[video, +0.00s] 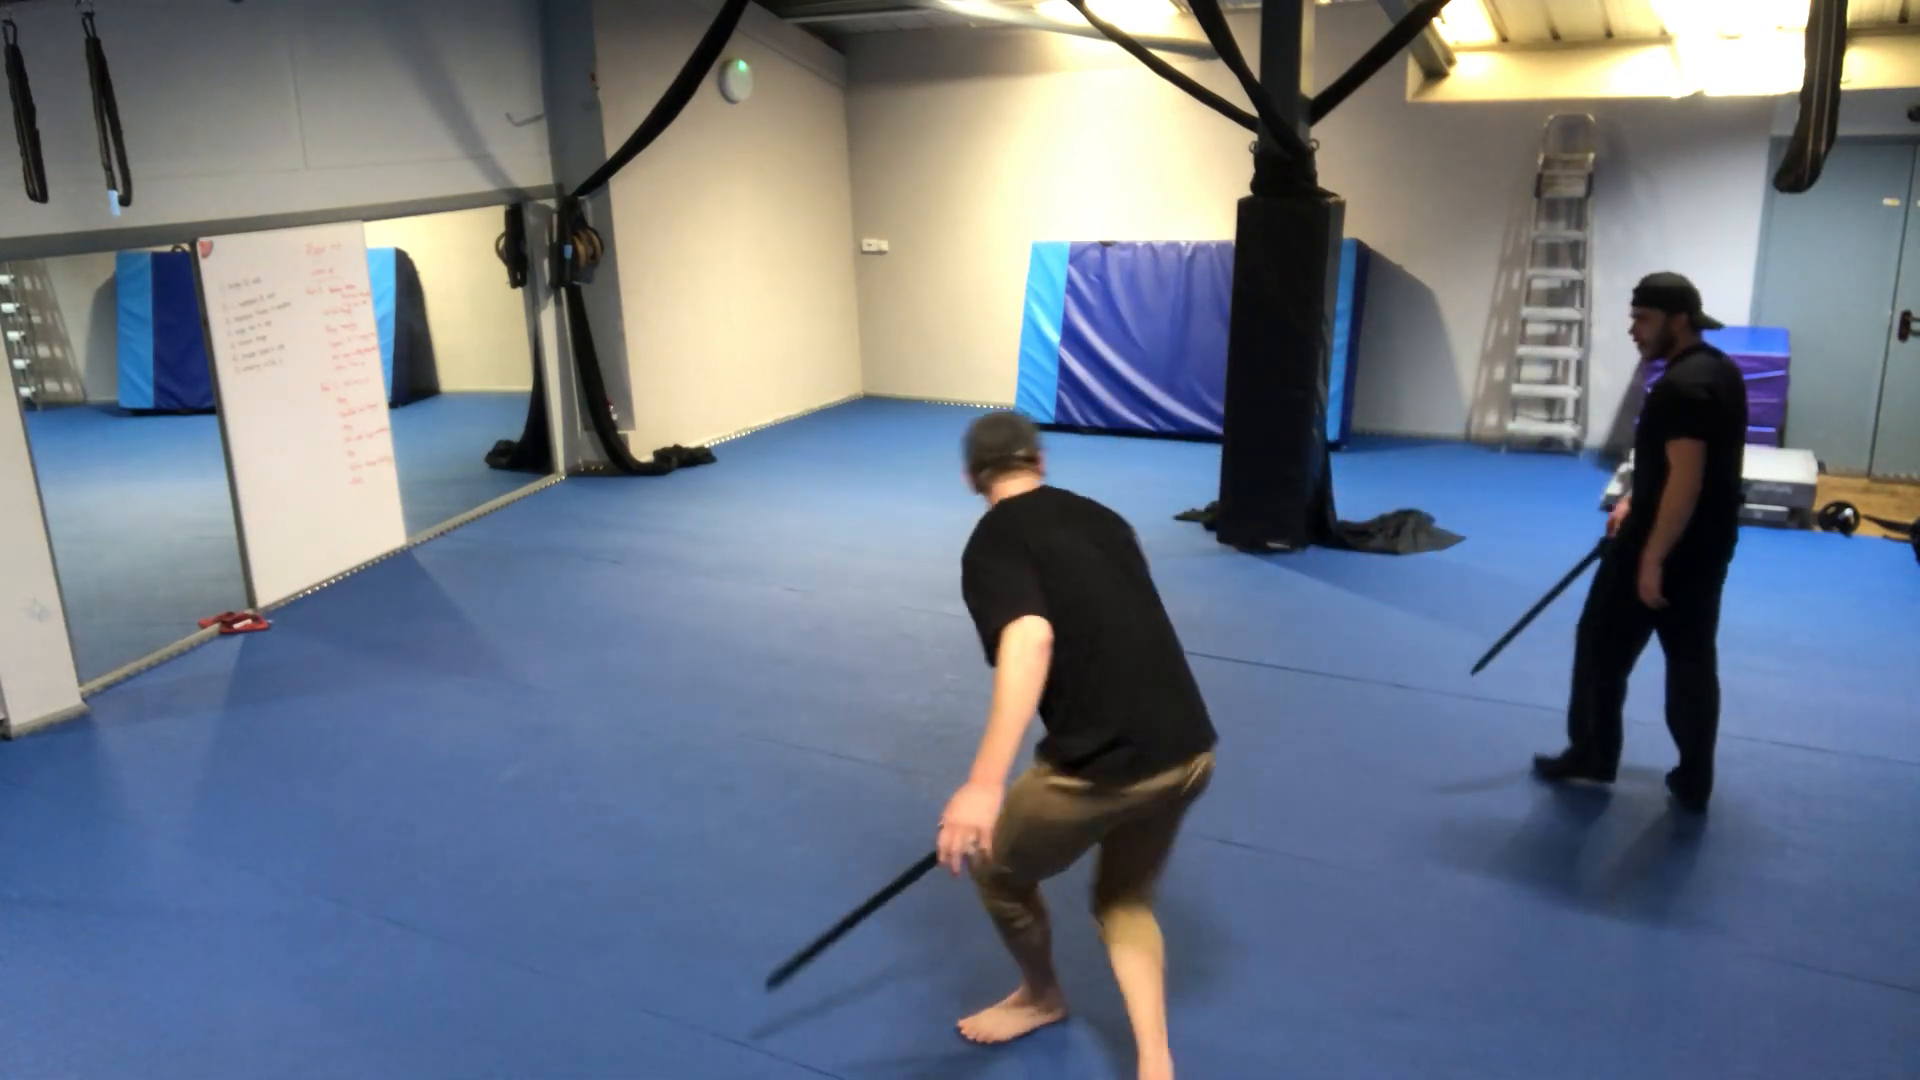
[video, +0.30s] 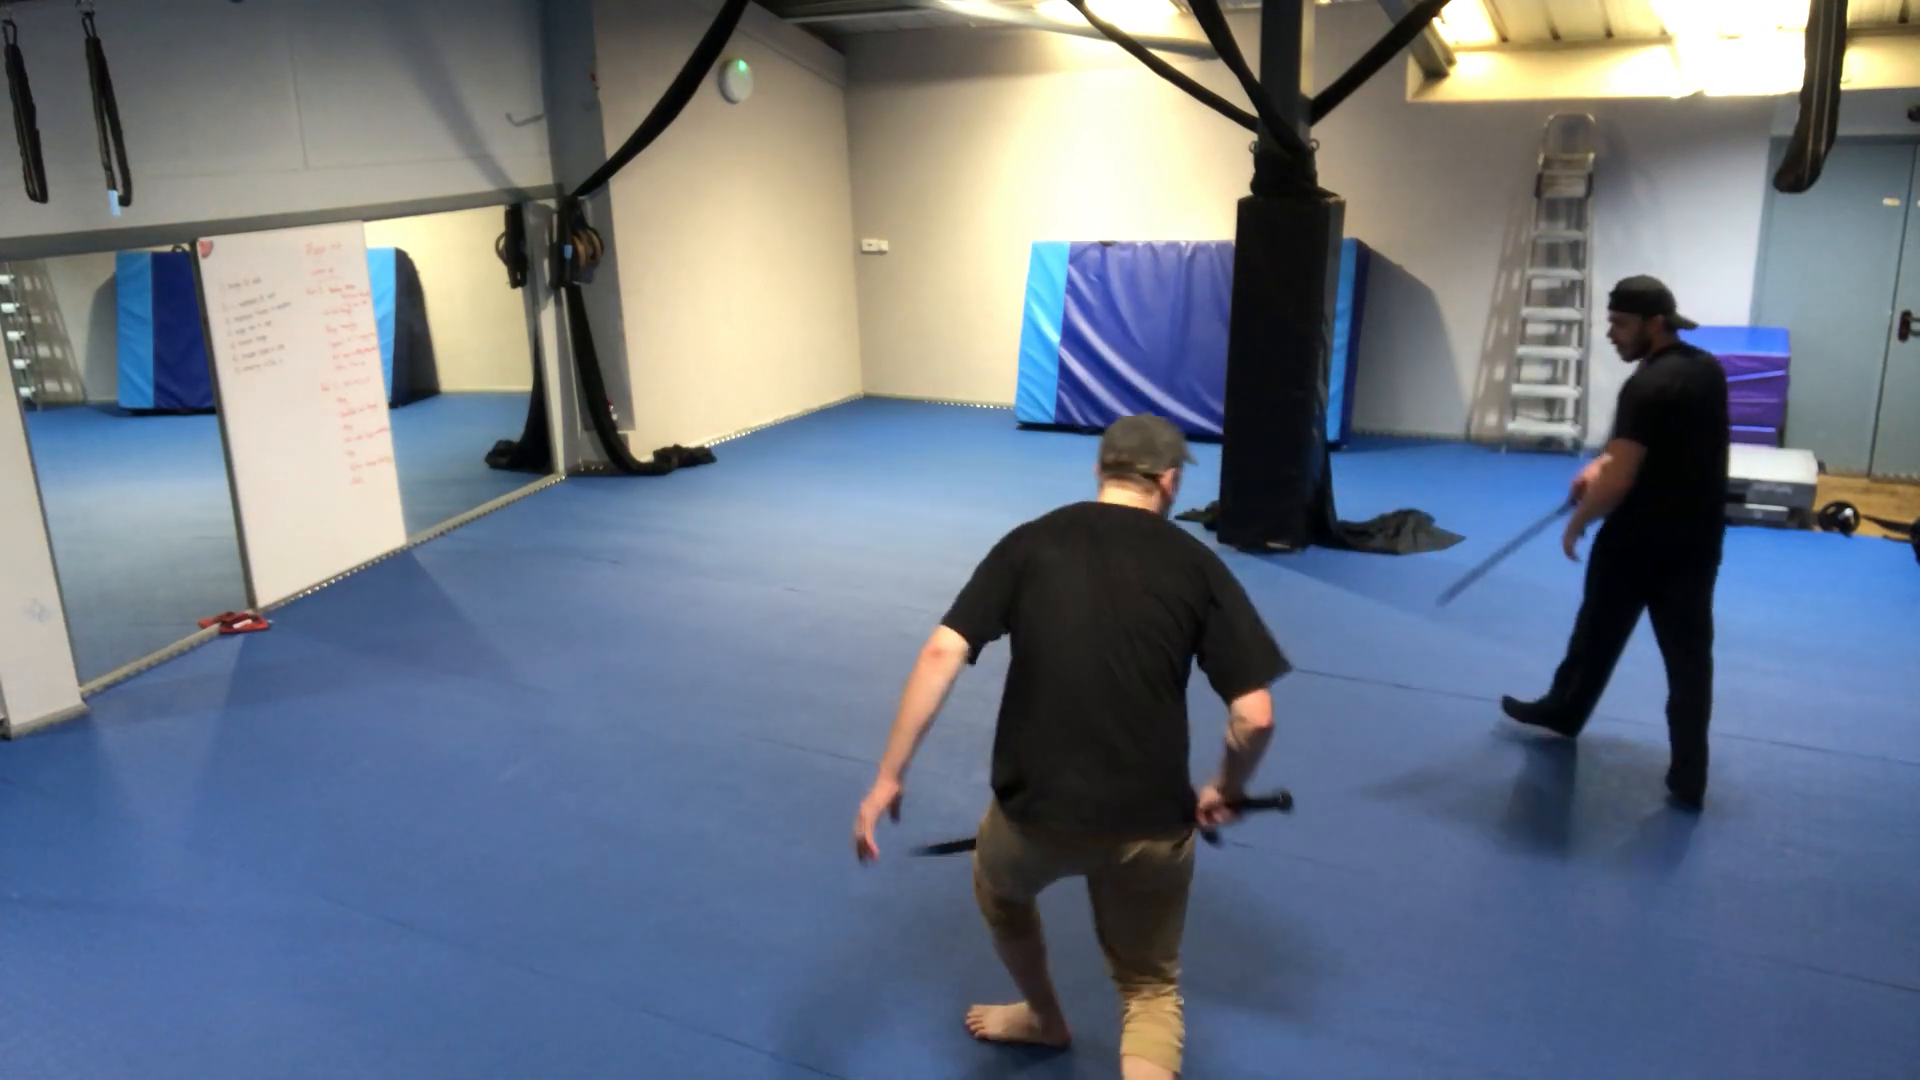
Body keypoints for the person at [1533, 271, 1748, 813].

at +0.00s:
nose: (1632, 329)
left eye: (1641, 319)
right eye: (1633, 318)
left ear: (1679, 320)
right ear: (1681, 322)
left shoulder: (1681, 385)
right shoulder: (1720, 372)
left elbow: (1684, 483)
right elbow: (1682, 461)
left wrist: (1652, 556)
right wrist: (1636, 499)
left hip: (1655, 540)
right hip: (1703, 542)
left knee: (1600, 643)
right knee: (1692, 665)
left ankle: (1592, 757)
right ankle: (1694, 781)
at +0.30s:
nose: (1611, 334)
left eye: (1618, 324)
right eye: (1611, 324)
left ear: (1654, 323)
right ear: (1661, 324)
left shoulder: (1647, 386)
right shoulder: (1706, 370)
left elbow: (1618, 481)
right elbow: (1668, 442)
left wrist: (1579, 521)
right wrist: (1603, 467)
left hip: (1636, 539)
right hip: (1693, 541)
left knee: (1598, 630)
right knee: (1690, 663)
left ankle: (1562, 712)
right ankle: (1688, 782)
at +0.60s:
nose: (1563, 329)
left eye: (1568, 319)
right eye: (1562, 319)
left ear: (1599, 317)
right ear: (1613, 316)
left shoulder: (1587, 378)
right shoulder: (1656, 353)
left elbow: (1535, 454)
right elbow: (1609, 389)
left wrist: (1535, 415)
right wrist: (1553, 384)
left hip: (1578, 513)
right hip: (1633, 511)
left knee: (1558, 613)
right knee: (1638, 613)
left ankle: (1555, 710)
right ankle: (1672, 730)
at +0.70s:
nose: (1547, 323)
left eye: (1552, 314)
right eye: (1546, 314)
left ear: (1585, 313)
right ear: (1596, 313)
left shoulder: (1569, 374)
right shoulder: (1640, 345)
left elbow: (1515, 438)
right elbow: (1591, 358)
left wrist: (1524, 394)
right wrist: (1539, 362)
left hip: (1567, 499)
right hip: (1622, 495)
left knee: (1550, 606)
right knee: (1610, 590)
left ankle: (1553, 711)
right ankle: (1643, 703)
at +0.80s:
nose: (1534, 322)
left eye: (1540, 313)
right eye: (1533, 312)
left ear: (1573, 311)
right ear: (1582, 312)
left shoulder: (1556, 372)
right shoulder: (1627, 342)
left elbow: (1495, 428)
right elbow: (1579, 362)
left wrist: (1510, 379)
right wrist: (1536, 355)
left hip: (1556, 497)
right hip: (1609, 493)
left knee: (1543, 603)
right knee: (1591, 583)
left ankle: (1552, 710)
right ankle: (1610, 692)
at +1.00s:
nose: (1515, 319)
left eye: (1522, 311)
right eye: (1513, 310)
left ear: (1552, 310)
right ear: (1562, 309)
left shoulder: (1535, 366)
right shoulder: (1602, 337)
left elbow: (1468, 420)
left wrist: (1496, 372)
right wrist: (1517, 357)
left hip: (1538, 493)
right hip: (1583, 485)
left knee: (1529, 596)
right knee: (1550, 581)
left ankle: (1548, 709)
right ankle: (1538, 675)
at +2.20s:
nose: (1416, 305)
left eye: (1421, 297)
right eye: (1416, 295)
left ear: (1449, 296)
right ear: (1456, 295)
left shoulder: (1444, 344)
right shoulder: (1483, 322)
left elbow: (1375, 378)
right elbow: (1463, 295)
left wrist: (1393, 322)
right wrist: (1424, 300)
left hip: (1441, 466)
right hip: (1470, 459)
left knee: (1398, 566)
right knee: (1460, 553)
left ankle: (1357, 663)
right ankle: (1485, 651)